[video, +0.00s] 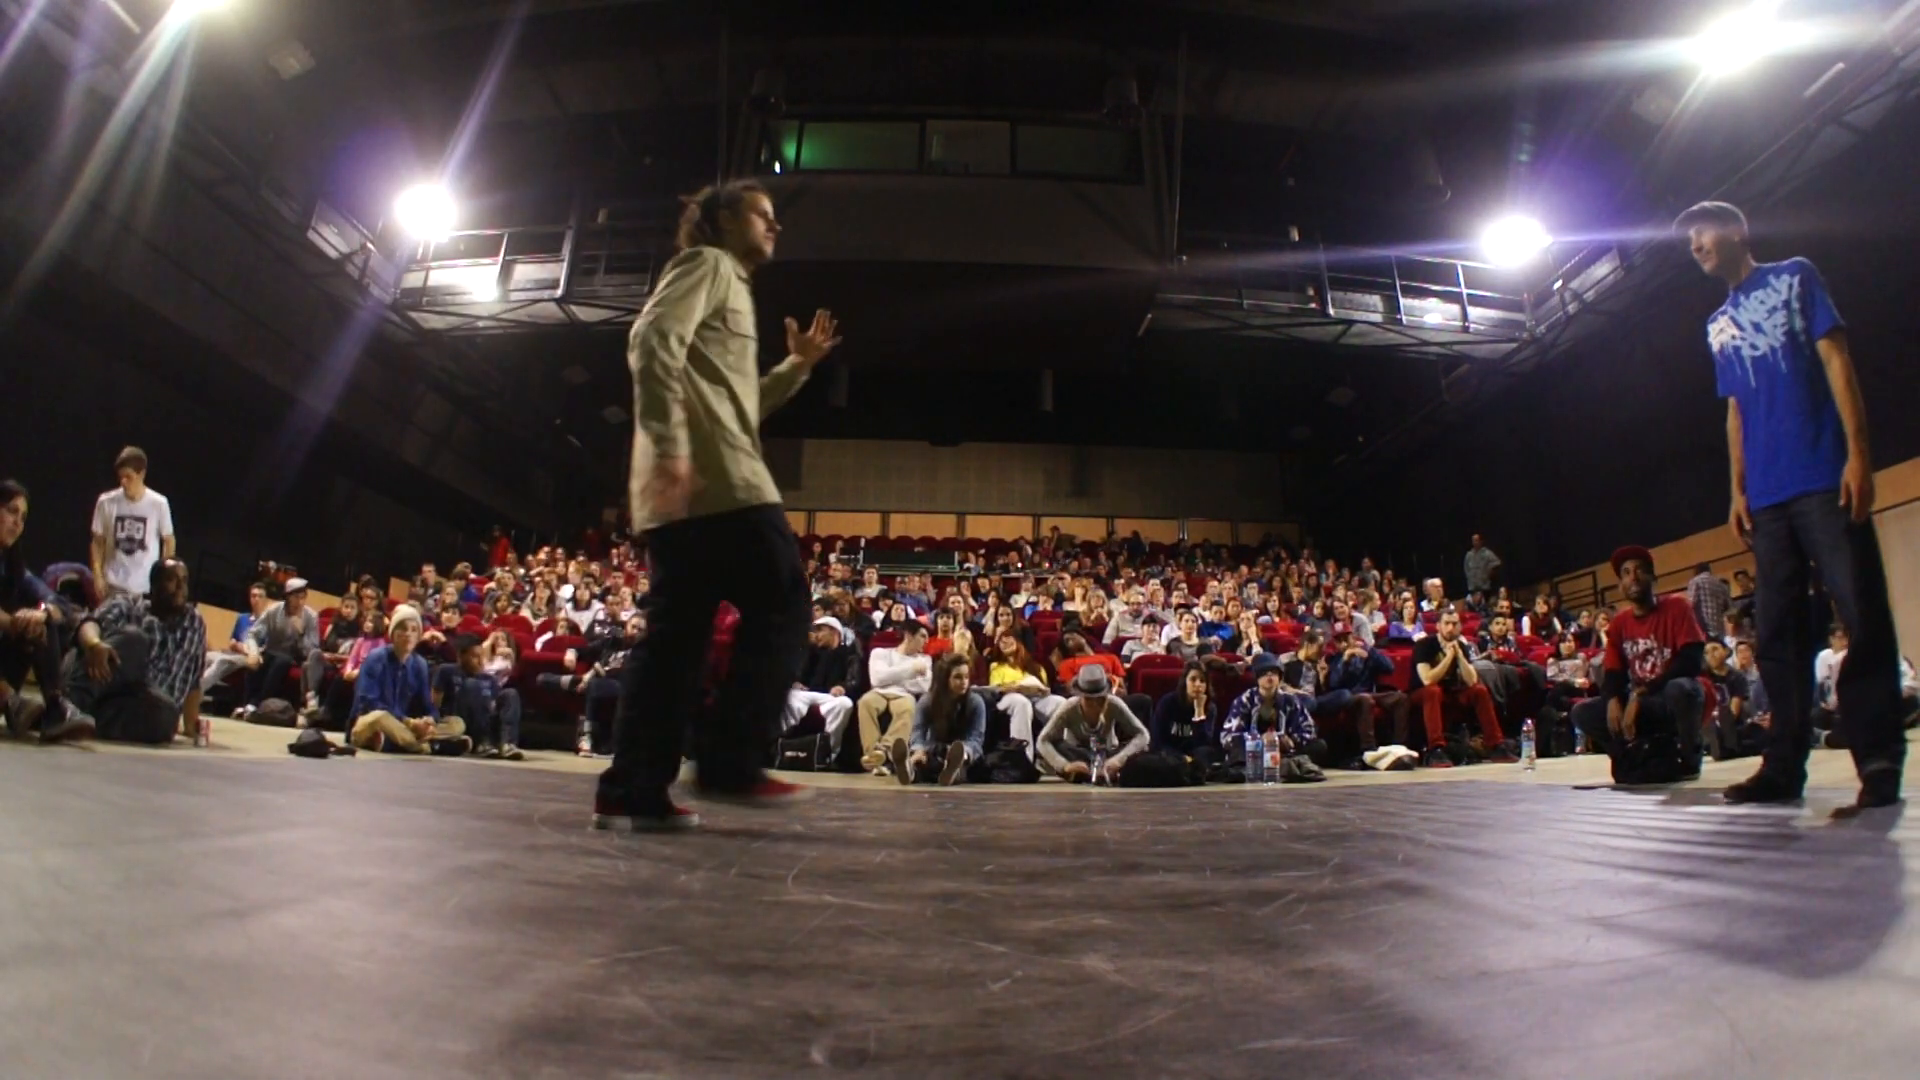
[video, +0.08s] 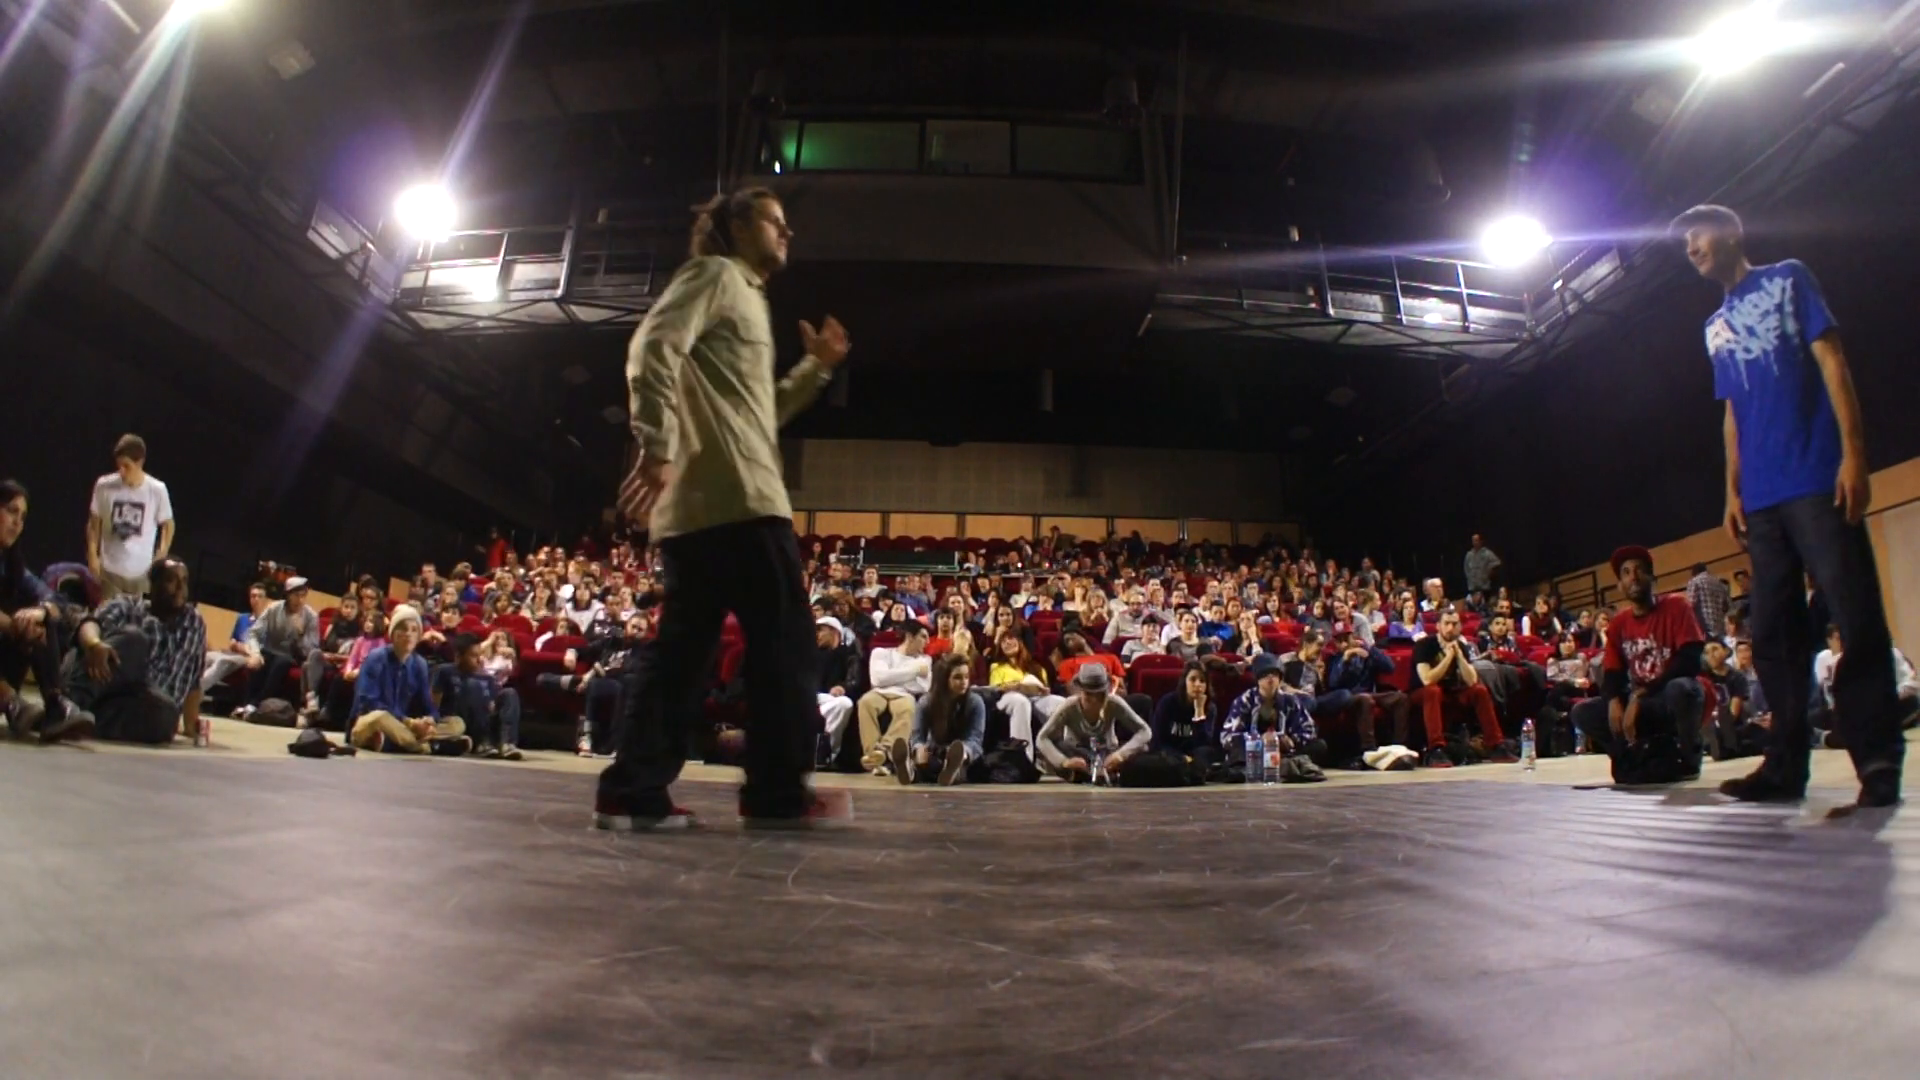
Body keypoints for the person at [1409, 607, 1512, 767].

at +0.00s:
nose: (1451, 628)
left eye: (1455, 624)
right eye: (1446, 623)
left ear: (1460, 627)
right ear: (1438, 626)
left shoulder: (1463, 646)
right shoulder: (1423, 645)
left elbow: (1471, 681)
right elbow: (1427, 678)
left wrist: (1459, 655)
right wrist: (1449, 657)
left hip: (1454, 692)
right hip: (1428, 694)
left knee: (1480, 691)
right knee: (1433, 691)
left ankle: (1497, 745)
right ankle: (1436, 749)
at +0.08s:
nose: (1450, 628)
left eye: (1455, 624)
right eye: (1446, 624)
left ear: (1460, 627)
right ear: (1438, 626)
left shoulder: (1462, 646)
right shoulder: (1424, 646)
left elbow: (1471, 681)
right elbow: (1427, 678)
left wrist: (1459, 655)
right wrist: (1448, 657)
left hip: (1454, 692)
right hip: (1429, 693)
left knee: (1480, 691)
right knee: (1433, 691)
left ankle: (1496, 745)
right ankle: (1436, 748)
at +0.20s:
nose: (1450, 628)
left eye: (1454, 624)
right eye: (1446, 624)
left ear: (1460, 627)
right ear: (1438, 626)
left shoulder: (1462, 646)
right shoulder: (1424, 646)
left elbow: (1471, 681)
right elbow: (1427, 678)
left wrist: (1458, 655)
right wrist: (1448, 657)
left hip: (1454, 692)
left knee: (1480, 691)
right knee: (1433, 690)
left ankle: (1496, 745)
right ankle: (1436, 748)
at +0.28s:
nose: (1450, 628)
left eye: (1455, 624)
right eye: (1446, 623)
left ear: (1460, 627)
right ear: (1438, 626)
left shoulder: (1462, 646)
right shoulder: (1423, 646)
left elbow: (1472, 681)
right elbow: (1427, 679)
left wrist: (1458, 655)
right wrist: (1449, 656)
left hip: (1454, 691)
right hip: (1429, 693)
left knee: (1480, 691)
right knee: (1433, 690)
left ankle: (1496, 745)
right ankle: (1436, 748)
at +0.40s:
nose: (1450, 628)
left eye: (1454, 624)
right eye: (1446, 624)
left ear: (1460, 627)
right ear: (1438, 626)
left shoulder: (1462, 646)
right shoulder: (1424, 645)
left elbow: (1472, 681)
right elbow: (1427, 678)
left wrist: (1459, 655)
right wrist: (1448, 657)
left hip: (1454, 692)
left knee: (1480, 691)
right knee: (1433, 690)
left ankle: (1496, 745)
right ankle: (1436, 748)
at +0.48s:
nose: (1450, 628)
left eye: (1455, 624)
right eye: (1446, 624)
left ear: (1460, 627)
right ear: (1439, 626)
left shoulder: (1462, 646)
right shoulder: (1424, 645)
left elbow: (1472, 681)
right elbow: (1427, 678)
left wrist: (1459, 655)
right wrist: (1449, 656)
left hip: (1454, 692)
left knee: (1480, 691)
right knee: (1433, 690)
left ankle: (1497, 745)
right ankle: (1436, 748)